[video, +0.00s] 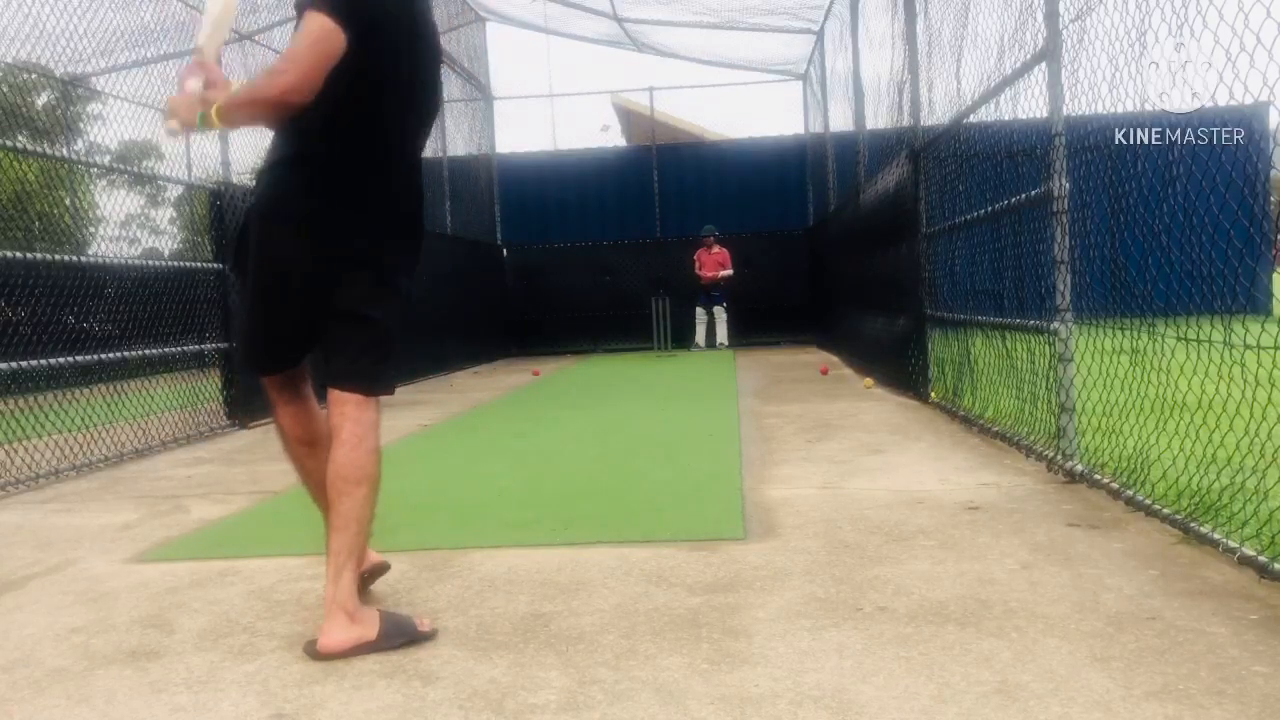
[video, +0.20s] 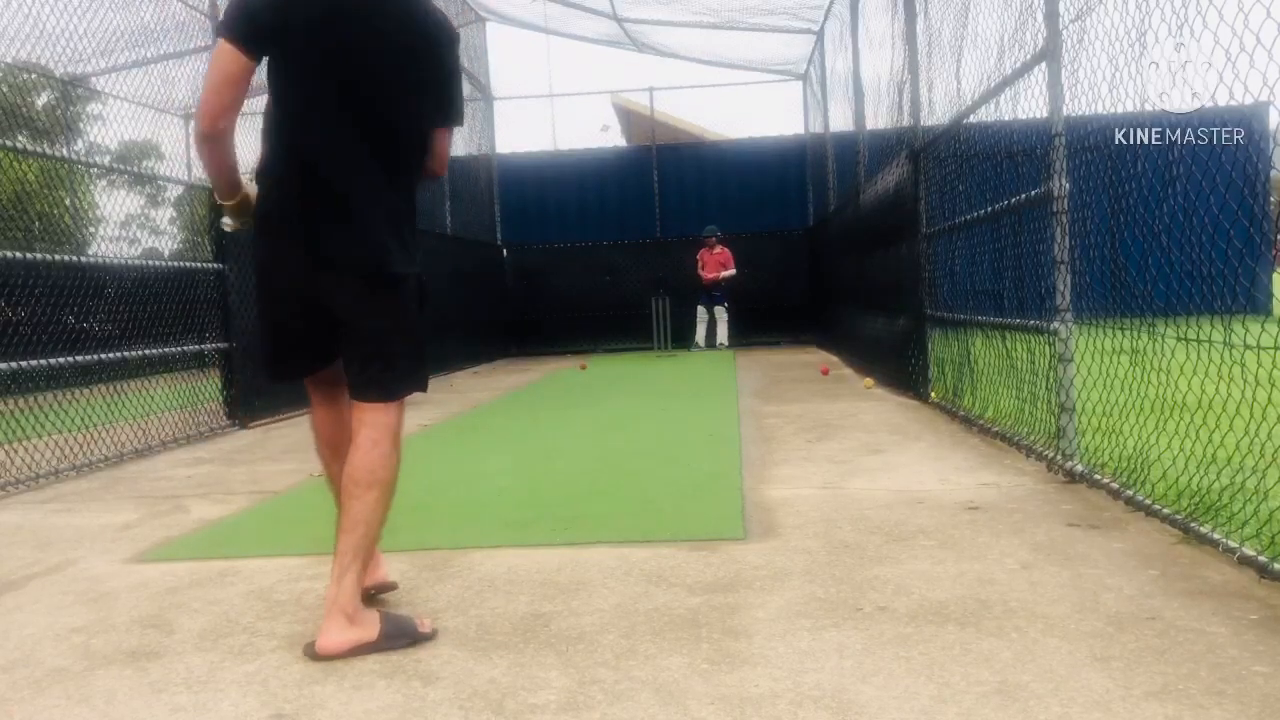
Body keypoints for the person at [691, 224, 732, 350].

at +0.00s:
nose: (706, 239)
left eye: (709, 237)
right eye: (704, 237)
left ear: (714, 237)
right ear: (702, 239)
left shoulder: (723, 252)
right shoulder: (700, 253)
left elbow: (730, 270)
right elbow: (696, 270)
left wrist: (717, 275)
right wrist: (703, 274)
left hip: (718, 285)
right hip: (704, 286)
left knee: (719, 312)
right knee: (700, 313)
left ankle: (722, 342)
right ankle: (700, 343)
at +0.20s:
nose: (708, 240)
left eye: (711, 237)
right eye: (706, 238)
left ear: (716, 238)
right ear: (704, 239)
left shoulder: (725, 252)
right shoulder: (702, 252)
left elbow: (732, 270)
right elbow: (699, 269)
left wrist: (720, 275)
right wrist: (704, 275)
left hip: (719, 285)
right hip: (706, 285)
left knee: (720, 312)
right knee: (701, 312)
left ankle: (722, 342)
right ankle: (699, 342)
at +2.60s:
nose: (707, 245)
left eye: (710, 242)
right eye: (705, 242)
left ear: (714, 244)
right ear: (701, 243)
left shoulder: (716, 258)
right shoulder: (693, 255)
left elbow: (720, 277)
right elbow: (686, 266)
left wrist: (723, 288)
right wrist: (687, 270)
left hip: (708, 290)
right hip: (693, 289)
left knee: (710, 314)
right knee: (689, 317)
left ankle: (714, 345)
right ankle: (691, 345)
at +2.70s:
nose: (702, 244)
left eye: (704, 241)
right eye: (700, 241)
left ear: (707, 242)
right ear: (696, 242)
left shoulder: (712, 258)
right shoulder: (687, 256)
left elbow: (717, 275)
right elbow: (682, 271)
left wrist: (718, 283)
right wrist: (683, 269)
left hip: (707, 292)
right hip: (691, 292)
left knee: (709, 317)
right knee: (689, 319)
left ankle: (714, 345)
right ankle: (690, 346)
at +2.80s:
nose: (697, 243)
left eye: (699, 240)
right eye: (694, 240)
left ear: (703, 241)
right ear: (691, 241)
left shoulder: (708, 256)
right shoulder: (684, 256)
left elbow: (714, 273)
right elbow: (681, 272)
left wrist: (714, 280)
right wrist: (683, 272)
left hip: (705, 289)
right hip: (689, 290)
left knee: (708, 316)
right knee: (689, 319)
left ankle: (714, 344)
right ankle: (690, 346)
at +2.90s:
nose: (694, 243)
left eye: (696, 240)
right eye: (691, 240)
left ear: (700, 241)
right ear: (688, 242)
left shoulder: (707, 255)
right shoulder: (683, 256)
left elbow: (713, 272)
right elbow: (680, 271)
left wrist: (712, 280)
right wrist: (683, 275)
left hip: (703, 289)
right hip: (689, 290)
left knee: (707, 316)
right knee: (689, 319)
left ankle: (713, 344)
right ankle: (690, 346)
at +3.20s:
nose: (692, 244)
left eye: (694, 241)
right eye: (690, 242)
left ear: (699, 241)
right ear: (687, 243)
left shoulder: (708, 255)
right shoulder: (684, 257)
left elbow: (716, 272)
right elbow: (682, 272)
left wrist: (711, 278)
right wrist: (686, 275)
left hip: (704, 288)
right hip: (690, 289)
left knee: (707, 316)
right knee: (689, 318)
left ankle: (713, 345)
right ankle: (690, 346)